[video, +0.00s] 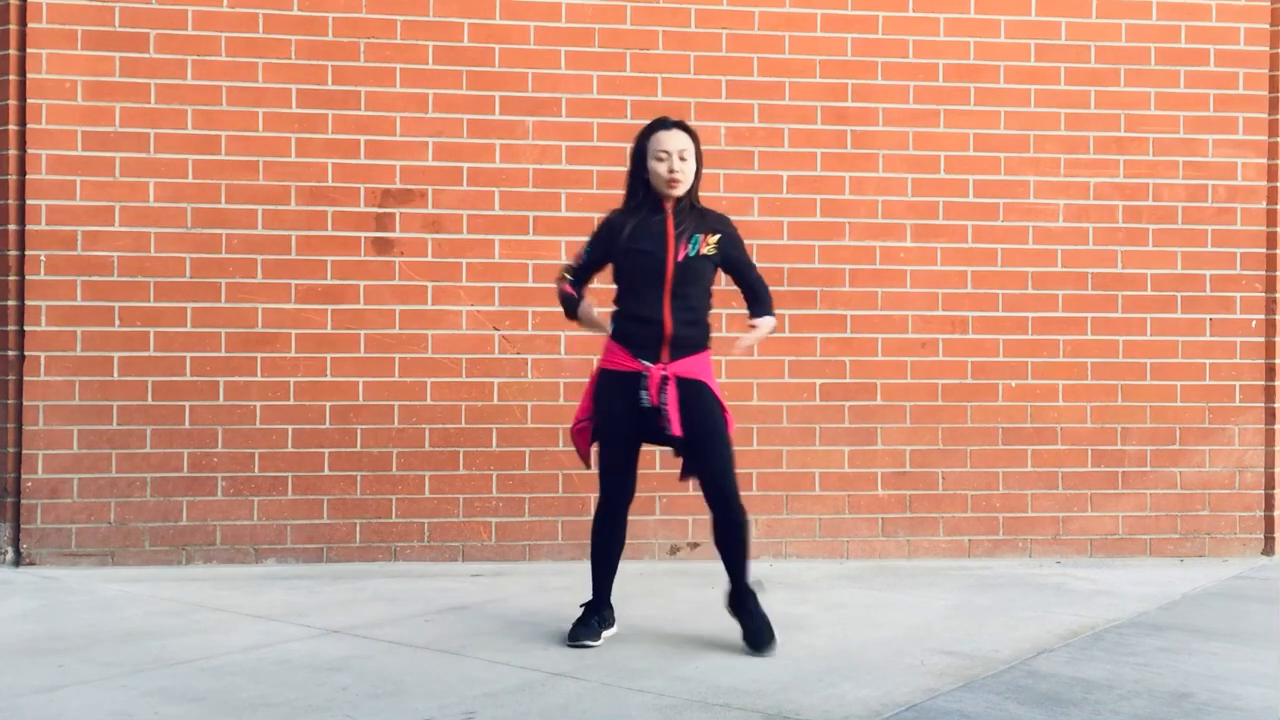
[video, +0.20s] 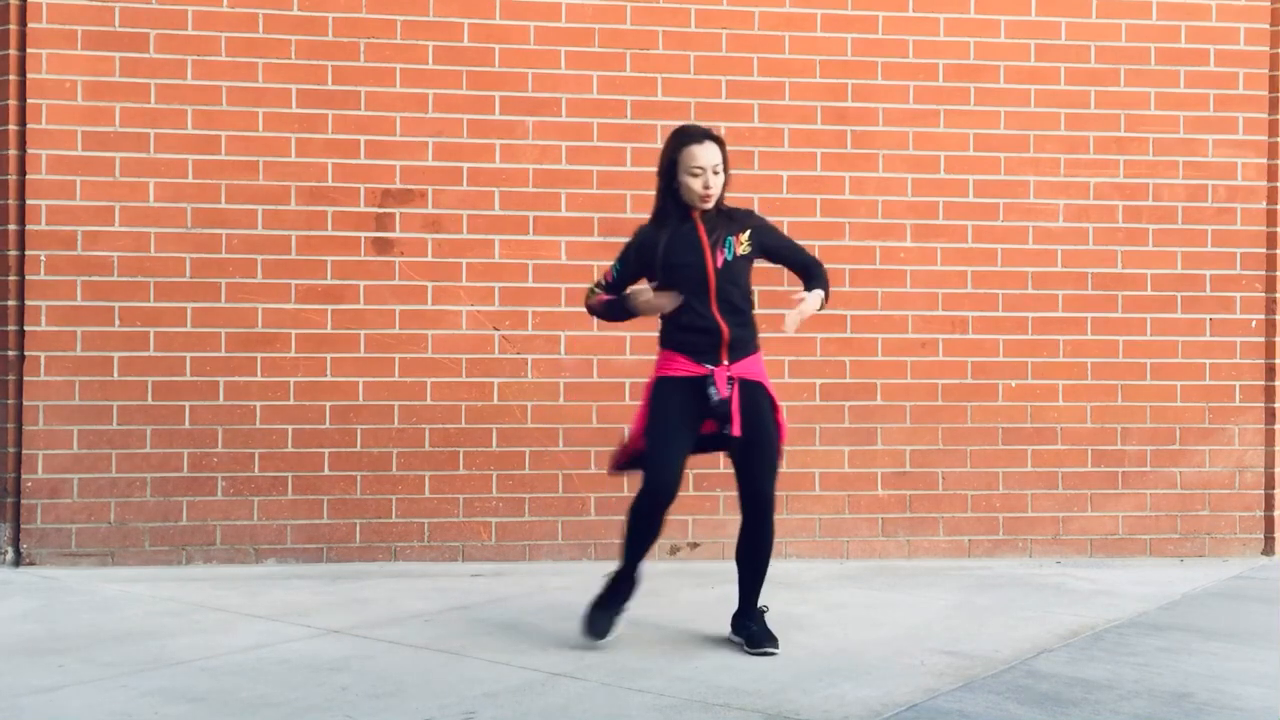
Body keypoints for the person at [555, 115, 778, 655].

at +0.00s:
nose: (673, 166)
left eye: (683, 157)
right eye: (662, 156)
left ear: (696, 165)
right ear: (644, 165)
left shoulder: (714, 227)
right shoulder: (622, 224)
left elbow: (753, 285)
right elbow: (569, 282)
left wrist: (763, 320)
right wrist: (587, 317)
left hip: (690, 373)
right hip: (624, 370)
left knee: (723, 491)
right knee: (615, 493)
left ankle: (741, 594)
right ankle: (599, 604)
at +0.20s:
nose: (707, 180)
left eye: (715, 170)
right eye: (695, 171)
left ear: (724, 173)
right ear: (674, 176)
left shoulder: (745, 226)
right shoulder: (655, 236)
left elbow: (812, 269)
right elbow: (598, 302)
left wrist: (810, 299)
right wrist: (639, 305)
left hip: (745, 378)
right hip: (680, 378)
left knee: (759, 500)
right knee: (661, 485)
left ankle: (749, 612)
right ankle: (624, 579)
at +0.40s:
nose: (723, 179)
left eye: (730, 168)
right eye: (711, 170)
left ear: (741, 169)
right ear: (689, 173)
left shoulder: (761, 221)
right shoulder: (668, 237)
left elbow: (780, 292)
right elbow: (691, 302)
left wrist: (760, 335)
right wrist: (751, 293)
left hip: (765, 367)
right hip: (705, 368)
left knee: (763, 492)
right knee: (715, 464)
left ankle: (751, 618)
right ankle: (766, 587)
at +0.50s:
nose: (729, 182)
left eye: (736, 171)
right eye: (717, 173)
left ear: (746, 172)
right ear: (694, 176)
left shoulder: (765, 225)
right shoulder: (674, 238)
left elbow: (766, 304)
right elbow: (705, 293)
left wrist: (743, 348)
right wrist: (773, 316)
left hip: (771, 373)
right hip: (713, 379)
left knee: (769, 506)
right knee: (753, 504)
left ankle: (747, 613)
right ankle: (796, 624)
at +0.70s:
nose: (727, 173)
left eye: (736, 162)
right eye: (714, 164)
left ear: (750, 168)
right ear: (697, 174)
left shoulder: (774, 229)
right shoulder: (680, 237)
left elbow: (824, 285)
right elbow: (649, 302)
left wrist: (802, 321)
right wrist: (698, 293)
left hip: (766, 376)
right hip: (704, 377)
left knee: (778, 494)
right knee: (702, 477)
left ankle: (749, 613)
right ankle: (759, 592)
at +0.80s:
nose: (721, 159)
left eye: (730, 149)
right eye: (708, 151)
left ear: (746, 157)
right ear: (693, 163)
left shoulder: (772, 221)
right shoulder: (677, 226)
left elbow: (840, 269)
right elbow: (614, 284)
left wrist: (826, 299)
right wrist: (650, 293)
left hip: (758, 372)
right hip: (694, 369)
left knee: (767, 498)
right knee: (662, 449)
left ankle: (751, 611)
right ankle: (692, 558)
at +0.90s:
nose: (714, 150)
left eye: (724, 140)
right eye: (702, 142)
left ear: (740, 149)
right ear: (686, 154)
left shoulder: (764, 214)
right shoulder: (671, 215)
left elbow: (820, 268)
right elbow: (613, 274)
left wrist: (826, 295)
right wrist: (625, 296)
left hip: (744, 366)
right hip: (678, 361)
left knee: (748, 492)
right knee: (636, 467)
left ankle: (751, 610)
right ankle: (640, 566)